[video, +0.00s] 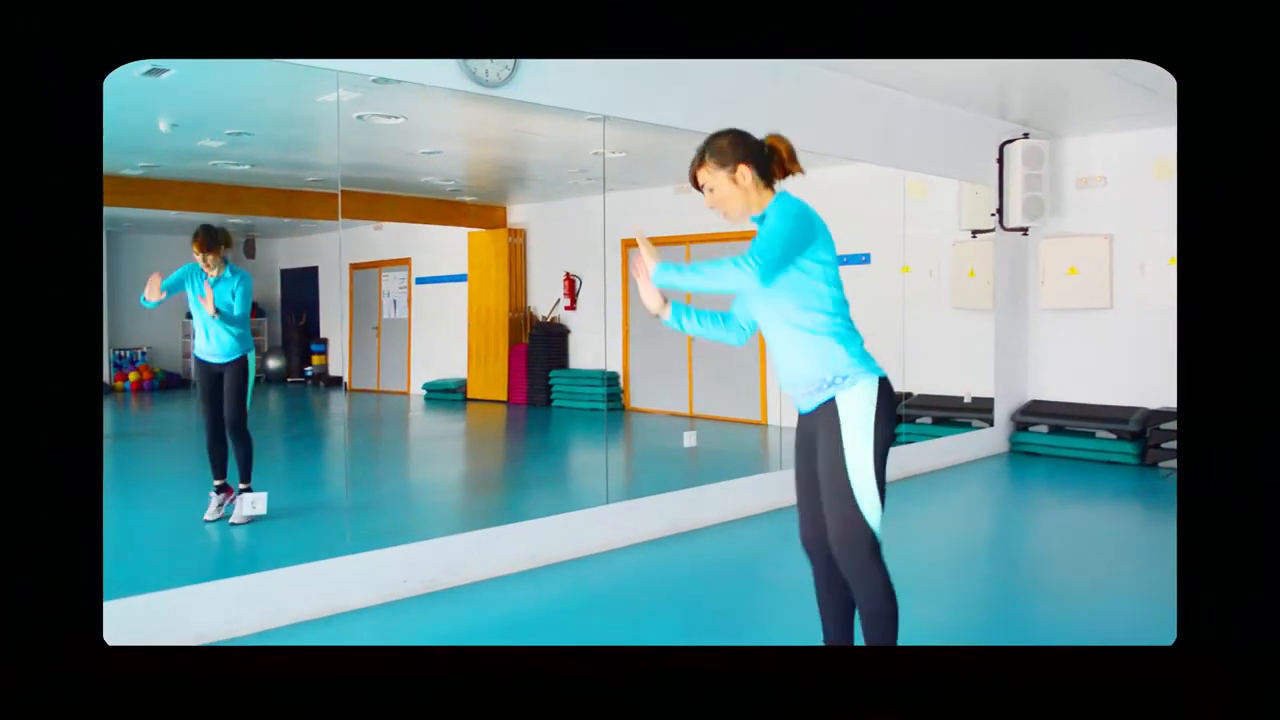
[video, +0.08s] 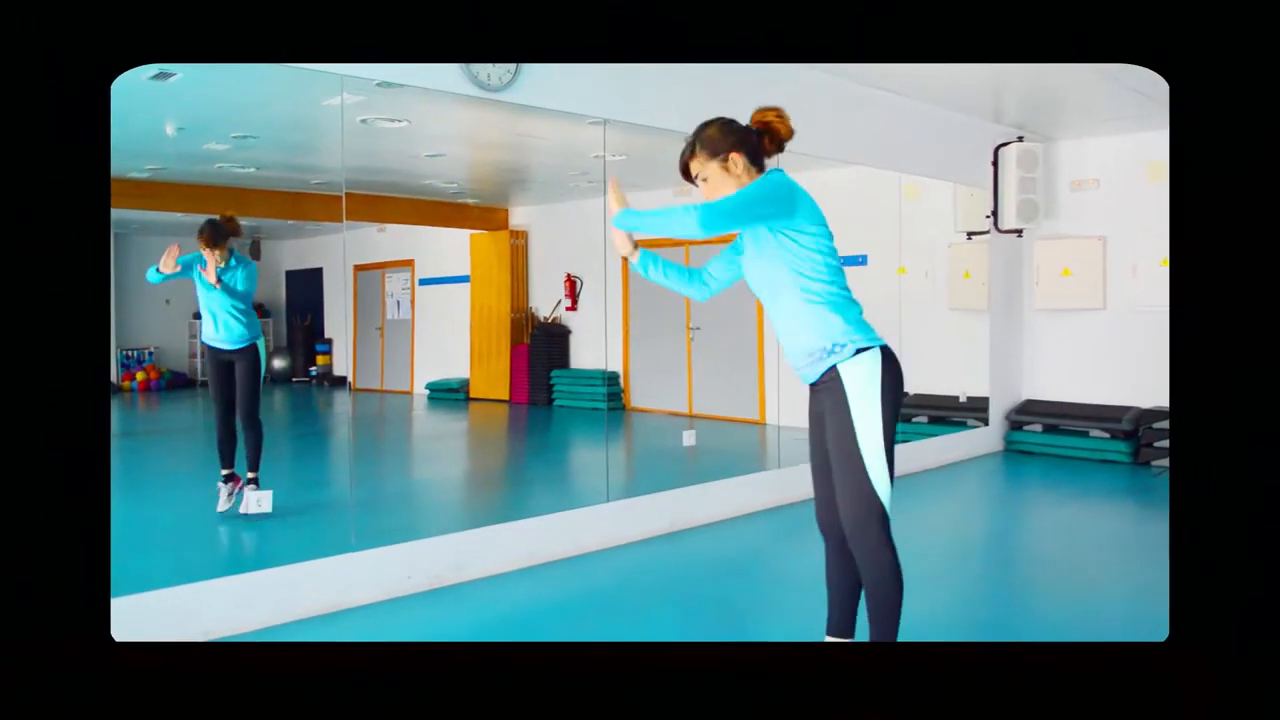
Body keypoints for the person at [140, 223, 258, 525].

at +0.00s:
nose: (205, 261)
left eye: (209, 255)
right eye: (200, 256)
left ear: (223, 250)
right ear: (195, 253)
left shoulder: (240, 279)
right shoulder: (189, 273)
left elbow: (242, 323)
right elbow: (152, 299)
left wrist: (214, 312)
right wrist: (149, 295)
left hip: (237, 358)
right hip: (205, 359)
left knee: (235, 423)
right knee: (213, 425)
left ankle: (245, 493)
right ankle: (221, 490)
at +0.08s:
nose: (208, 255)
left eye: (213, 249)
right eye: (205, 249)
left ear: (226, 245)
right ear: (202, 247)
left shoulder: (245, 267)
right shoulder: (196, 261)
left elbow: (245, 302)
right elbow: (151, 278)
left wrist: (216, 282)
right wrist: (161, 269)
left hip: (247, 348)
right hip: (215, 349)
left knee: (247, 414)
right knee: (222, 414)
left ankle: (252, 480)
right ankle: (228, 478)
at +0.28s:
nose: (231, 278)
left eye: (235, 273)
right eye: (227, 273)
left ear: (246, 269)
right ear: (223, 273)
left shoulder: (263, 289)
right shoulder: (222, 290)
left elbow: (262, 281)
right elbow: (198, 276)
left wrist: (241, 261)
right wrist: (193, 257)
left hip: (267, 367)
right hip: (238, 369)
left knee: (269, 427)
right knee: (250, 429)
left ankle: (279, 486)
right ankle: (262, 483)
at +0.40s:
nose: (241, 286)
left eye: (244, 280)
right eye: (236, 281)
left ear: (256, 274)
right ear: (233, 279)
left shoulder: (274, 289)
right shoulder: (231, 292)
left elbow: (283, 305)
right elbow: (210, 298)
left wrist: (262, 308)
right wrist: (194, 302)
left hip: (278, 369)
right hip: (247, 371)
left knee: (279, 427)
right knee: (251, 433)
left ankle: (287, 482)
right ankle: (267, 476)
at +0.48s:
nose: (242, 281)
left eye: (246, 275)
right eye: (238, 276)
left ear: (260, 269)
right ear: (234, 274)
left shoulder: (280, 291)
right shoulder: (232, 291)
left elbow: (297, 326)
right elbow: (206, 317)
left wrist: (287, 357)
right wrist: (186, 346)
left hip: (282, 366)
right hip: (251, 368)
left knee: (286, 423)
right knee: (247, 428)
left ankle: (293, 479)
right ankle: (262, 478)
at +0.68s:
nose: (243, 295)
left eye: (247, 290)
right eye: (240, 291)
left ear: (263, 288)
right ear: (238, 292)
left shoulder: (287, 313)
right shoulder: (236, 317)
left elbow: (308, 334)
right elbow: (230, 345)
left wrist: (321, 353)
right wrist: (227, 368)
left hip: (289, 386)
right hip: (256, 388)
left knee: (296, 432)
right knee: (240, 433)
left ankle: (304, 479)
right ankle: (237, 502)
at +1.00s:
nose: (230, 274)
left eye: (234, 268)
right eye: (228, 269)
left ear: (251, 267)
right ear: (229, 272)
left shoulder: (273, 298)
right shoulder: (233, 298)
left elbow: (298, 331)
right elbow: (238, 334)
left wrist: (314, 368)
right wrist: (243, 361)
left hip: (273, 375)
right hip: (245, 377)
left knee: (258, 434)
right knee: (245, 437)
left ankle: (291, 484)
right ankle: (258, 498)